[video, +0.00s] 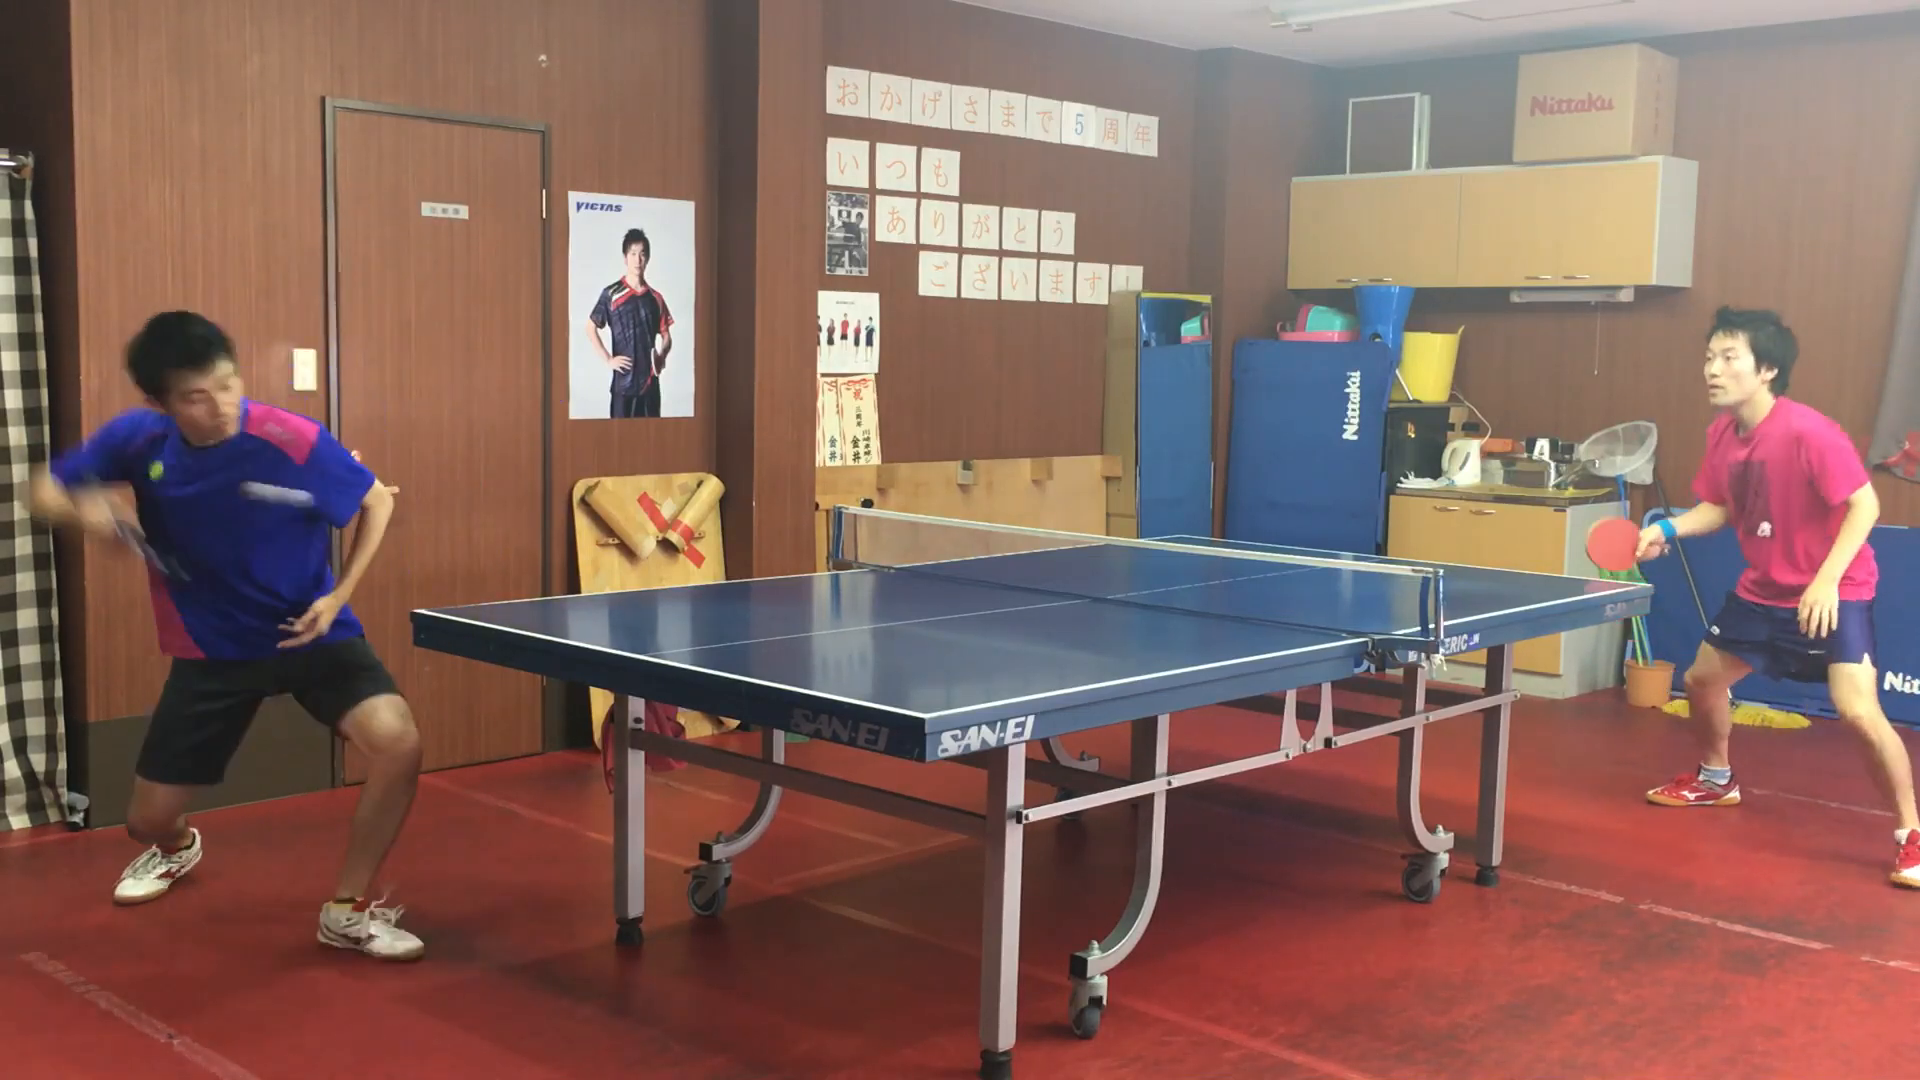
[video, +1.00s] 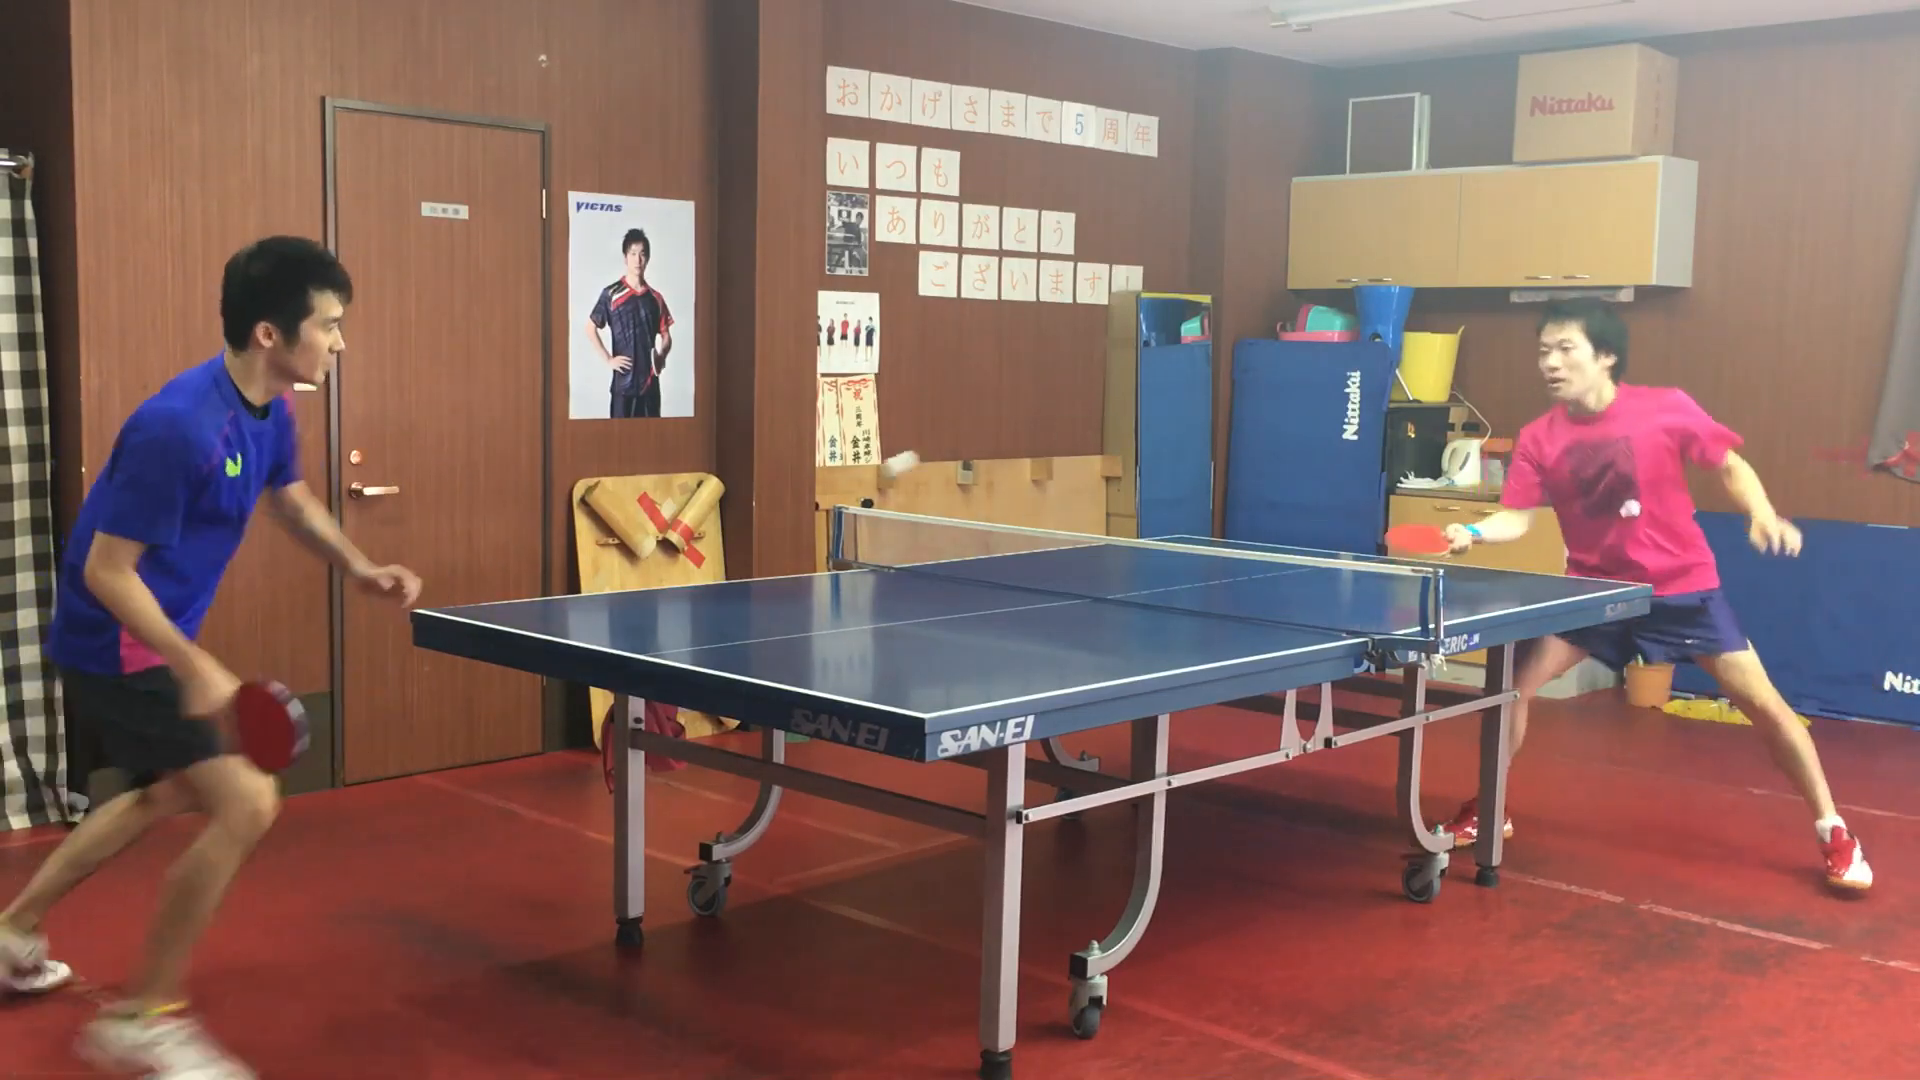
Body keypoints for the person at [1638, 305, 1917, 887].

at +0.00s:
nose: (1711, 370)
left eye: (1727, 359)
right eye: (1709, 359)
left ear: (1767, 373)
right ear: (1706, 366)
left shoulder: (1809, 432)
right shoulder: (1723, 432)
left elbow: (1865, 506)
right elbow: (1718, 508)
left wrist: (1827, 578)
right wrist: (1668, 528)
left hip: (1835, 588)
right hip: (1763, 585)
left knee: (1857, 709)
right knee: (1703, 679)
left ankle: (1911, 831)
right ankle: (1714, 776)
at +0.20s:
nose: (1697, 357)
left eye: (1712, 345)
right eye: (1694, 345)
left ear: (1753, 353)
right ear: (1695, 351)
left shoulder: (1793, 410)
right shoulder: (1710, 422)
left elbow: (1854, 486)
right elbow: (1675, 490)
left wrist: (1799, 552)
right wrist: (1602, 507)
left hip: (1847, 572)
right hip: (1780, 569)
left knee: (1866, 707)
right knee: (1708, 674)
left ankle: (1919, 835)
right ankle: (1713, 807)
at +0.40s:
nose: (1674, 376)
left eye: (1687, 362)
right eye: (1673, 364)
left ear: (1734, 370)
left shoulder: (1800, 427)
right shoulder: (1679, 442)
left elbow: (1854, 505)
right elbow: (1616, 494)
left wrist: (1815, 560)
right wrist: (1536, 508)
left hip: (1808, 614)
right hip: (1725, 603)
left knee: (1863, 731)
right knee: (1616, 665)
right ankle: (1633, 795)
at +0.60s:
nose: (1555, 400)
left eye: (1566, 386)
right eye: (1551, 388)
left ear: (1613, 386)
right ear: (1580, 393)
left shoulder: (1690, 432)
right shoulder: (1562, 457)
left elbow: (1748, 499)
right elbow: (1510, 503)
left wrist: (1758, 549)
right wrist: (1440, 516)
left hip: (1712, 620)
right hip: (1628, 620)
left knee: (1792, 722)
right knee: (1528, 687)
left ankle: (1887, 843)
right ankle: (1464, 819)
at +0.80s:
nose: (1498, 396)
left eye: (1511, 382)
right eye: (1494, 386)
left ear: (1555, 387)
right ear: (1496, 398)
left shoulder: (1627, 429)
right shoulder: (1505, 464)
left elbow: (1693, 472)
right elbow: (1466, 523)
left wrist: (1758, 505)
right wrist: (1419, 532)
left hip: (1666, 608)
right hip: (1578, 613)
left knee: (1756, 717)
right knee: (1478, 679)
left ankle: (1827, 830)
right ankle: (1458, 817)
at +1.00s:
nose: (1549, 364)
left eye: (1564, 351)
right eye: (1543, 352)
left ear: (1606, 359)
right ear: (1538, 360)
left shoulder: (1664, 409)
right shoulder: (1538, 439)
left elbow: (1729, 464)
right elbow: (1515, 516)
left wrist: (1763, 514)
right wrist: (1474, 531)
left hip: (1685, 591)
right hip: (1593, 592)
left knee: (1760, 701)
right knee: (1512, 681)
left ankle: (1832, 827)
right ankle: (1488, 811)